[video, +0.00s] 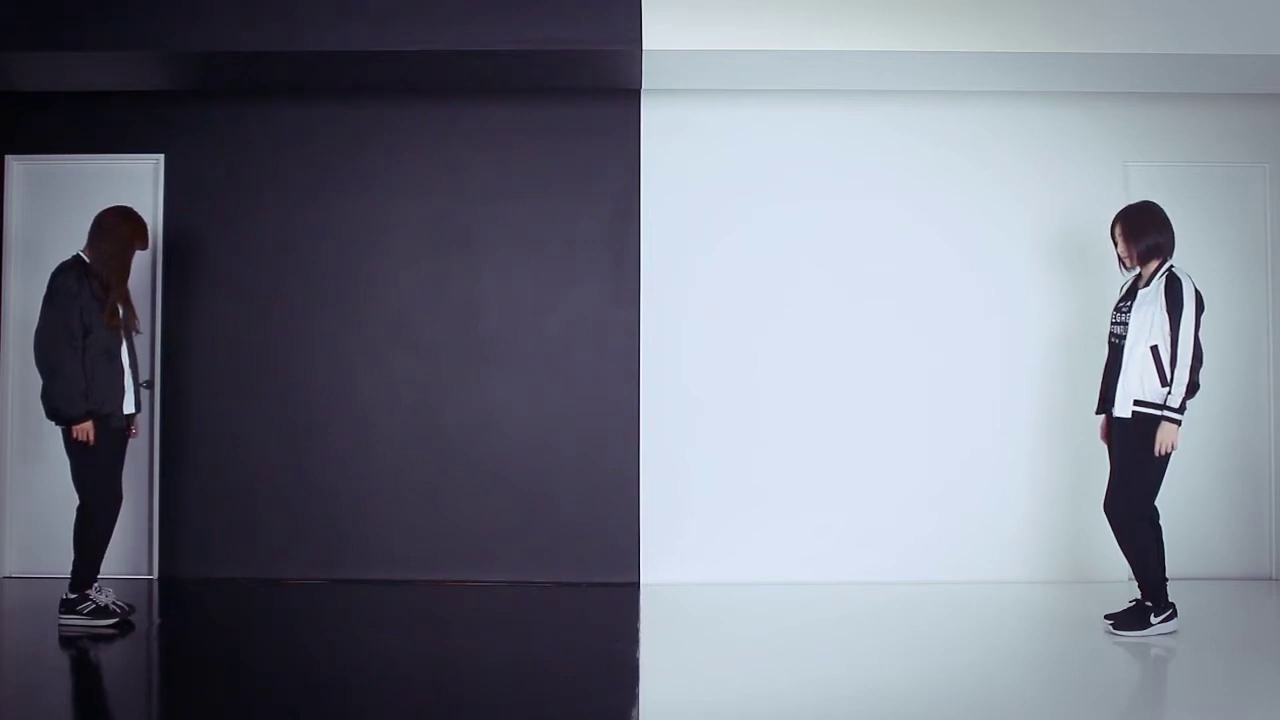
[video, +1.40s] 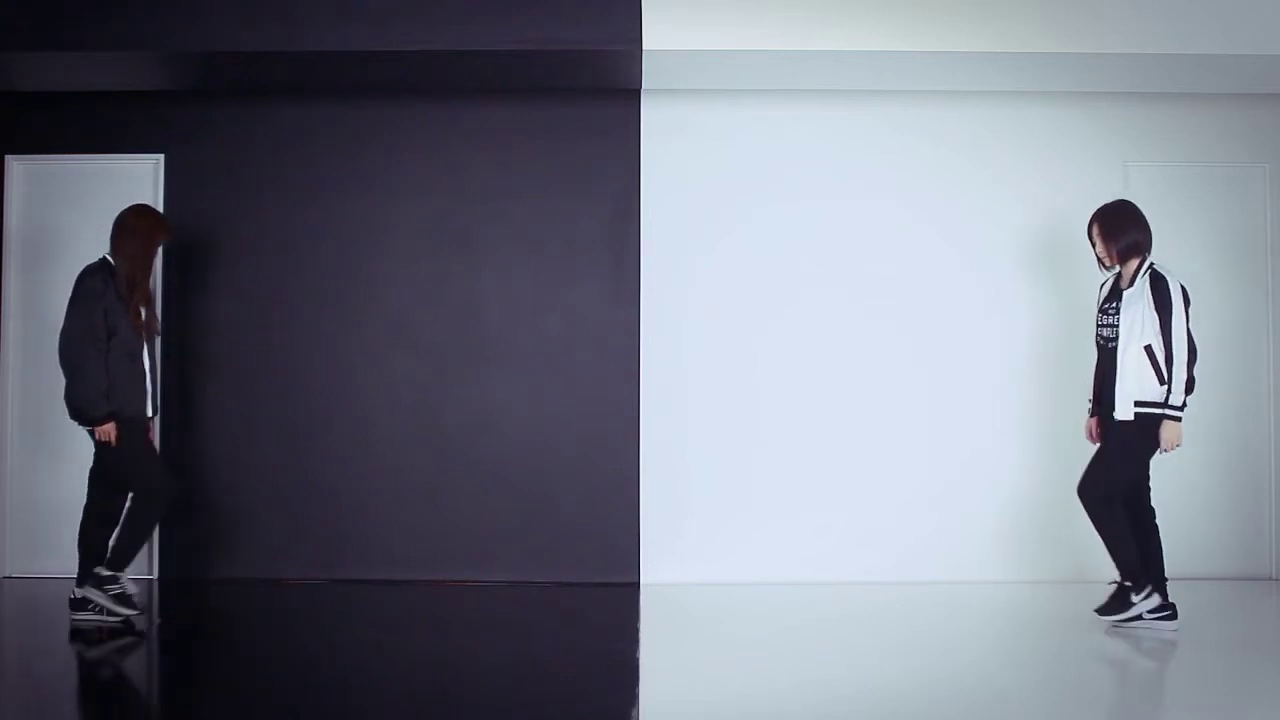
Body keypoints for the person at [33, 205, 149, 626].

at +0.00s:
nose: (132, 259)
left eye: (135, 251)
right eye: (130, 250)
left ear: (108, 240)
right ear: (113, 244)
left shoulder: (109, 283)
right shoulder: (71, 278)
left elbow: (119, 354)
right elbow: (56, 349)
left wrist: (130, 410)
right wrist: (76, 412)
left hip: (112, 415)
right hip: (86, 416)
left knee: (108, 499)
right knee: (98, 501)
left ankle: (86, 590)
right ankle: (77, 597)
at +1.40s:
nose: (156, 256)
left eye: (157, 247)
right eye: (153, 247)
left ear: (129, 240)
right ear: (136, 242)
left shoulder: (132, 285)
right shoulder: (96, 279)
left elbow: (135, 358)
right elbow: (80, 350)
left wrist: (145, 414)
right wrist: (98, 413)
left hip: (128, 414)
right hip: (111, 415)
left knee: (104, 503)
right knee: (156, 489)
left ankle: (87, 592)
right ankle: (107, 576)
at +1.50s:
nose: (162, 255)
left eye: (164, 247)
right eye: (160, 246)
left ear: (136, 240)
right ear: (142, 242)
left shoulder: (132, 282)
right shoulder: (103, 278)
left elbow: (135, 347)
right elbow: (85, 348)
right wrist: (104, 412)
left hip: (136, 415)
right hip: (122, 417)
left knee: (105, 508)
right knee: (173, 481)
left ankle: (86, 593)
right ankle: (151, 573)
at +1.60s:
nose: (173, 255)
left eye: (175, 246)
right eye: (169, 245)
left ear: (152, 244)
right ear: (149, 242)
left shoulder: (155, 285)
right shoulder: (113, 280)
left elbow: (164, 355)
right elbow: (94, 350)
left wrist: (176, 411)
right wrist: (112, 414)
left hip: (148, 418)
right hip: (133, 419)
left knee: (107, 511)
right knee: (182, 487)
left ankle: (86, 593)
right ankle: (195, 576)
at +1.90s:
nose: (214, 263)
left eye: (215, 254)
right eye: (210, 254)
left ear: (188, 250)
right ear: (190, 250)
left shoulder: (185, 294)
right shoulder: (158, 290)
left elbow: (185, 364)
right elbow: (143, 361)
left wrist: (193, 424)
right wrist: (156, 425)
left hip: (180, 427)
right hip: (171, 429)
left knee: (130, 512)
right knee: (205, 511)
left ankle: (89, 590)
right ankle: (244, 587)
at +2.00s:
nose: (233, 260)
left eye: (234, 251)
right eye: (229, 251)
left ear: (204, 248)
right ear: (210, 249)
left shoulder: (209, 290)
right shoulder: (179, 290)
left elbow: (213, 359)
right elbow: (166, 359)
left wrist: (225, 418)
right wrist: (180, 422)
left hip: (213, 421)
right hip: (192, 423)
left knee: (154, 503)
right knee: (226, 506)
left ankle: (100, 582)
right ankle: (251, 590)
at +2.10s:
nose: (253, 257)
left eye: (255, 249)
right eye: (249, 248)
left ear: (226, 247)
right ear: (229, 246)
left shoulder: (232, 288)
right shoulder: (199, 287)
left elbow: (238, 360)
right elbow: (194, 358)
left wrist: (251, 414)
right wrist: (209, 416)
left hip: (241, 420)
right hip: (220, 423)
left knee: (197, 501)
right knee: (239, 504)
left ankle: (131, 565)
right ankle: (253, 590)